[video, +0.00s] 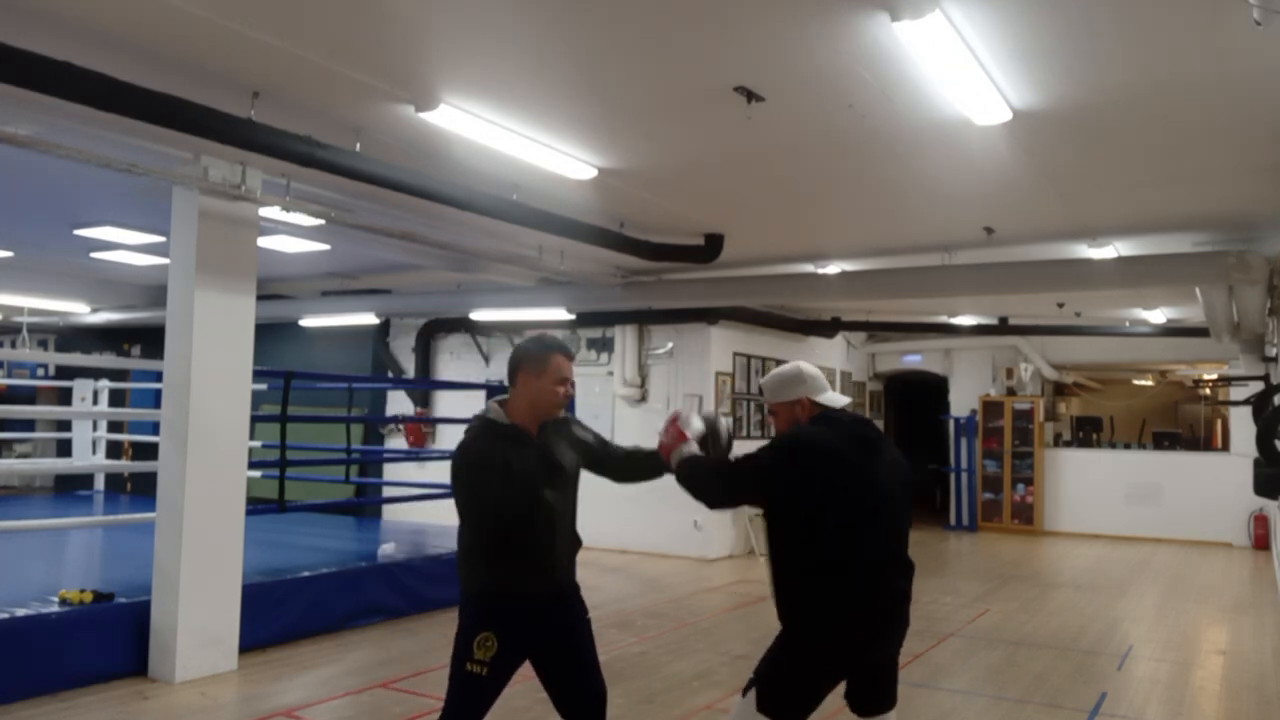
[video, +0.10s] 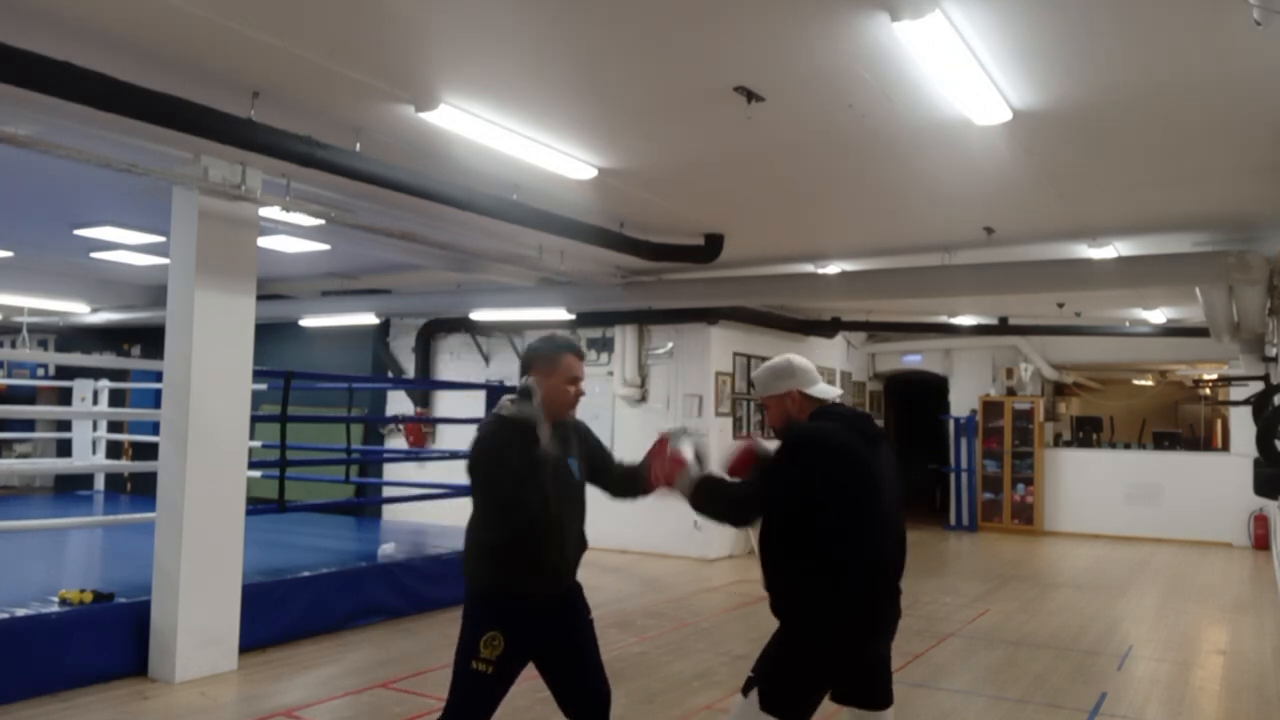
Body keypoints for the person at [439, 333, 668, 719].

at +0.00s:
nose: (570, 393)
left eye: (571, 384)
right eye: (561, 382)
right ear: (524, 379)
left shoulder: (566, 433)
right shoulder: (479, 447)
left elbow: (616, 461)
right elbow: (483, 537)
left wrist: (663, 457)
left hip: (557, 602)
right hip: (494, 606)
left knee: (588, 707)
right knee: (461, 712)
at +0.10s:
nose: (581, 391)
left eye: (582, 382)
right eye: (572, 381)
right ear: (537, 378)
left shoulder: (574, 433)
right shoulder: (501, 432)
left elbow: (615, 479)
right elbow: (499, 510)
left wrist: (652, 471)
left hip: (559, 595)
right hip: (500, 597)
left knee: (592, 704)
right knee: (466, 711)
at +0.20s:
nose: (590, 392)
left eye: (590, 383)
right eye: (582, 382)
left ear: (553, 381)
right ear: (547, 379)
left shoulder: (578, 439)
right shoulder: (509, 434)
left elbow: (601, 490)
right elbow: (549, 485)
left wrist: (641, 510)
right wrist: (608, 457)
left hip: (566, 594)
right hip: (509, 598)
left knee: (600, 703)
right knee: (468, 710)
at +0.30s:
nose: (600, 386)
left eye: (601, 377)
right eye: (591, 376)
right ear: (555, 374)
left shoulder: (591, 439)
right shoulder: (516, 434)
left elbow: (636, 486)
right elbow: (542, 483)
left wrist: (695, 526)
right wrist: (623, 440)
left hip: (579, 594)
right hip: (520, 596)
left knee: (603, 705)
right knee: (474, 708)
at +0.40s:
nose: (608, 379)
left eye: (609, 370)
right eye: (599, 369)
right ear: (562, 368)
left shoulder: (605, 423)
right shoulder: (519, 432)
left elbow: (656, 442)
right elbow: (505, 511)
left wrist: (718, 449)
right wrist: (575, 492)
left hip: (584, 591)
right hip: (523, 593)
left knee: (601, 706)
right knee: (476, 707)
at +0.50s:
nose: (610, 379)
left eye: (611, 370)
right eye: (601, 368)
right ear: (565, 367)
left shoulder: (608, 419)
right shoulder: (518, 435)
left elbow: (669, 409)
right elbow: (510, 517)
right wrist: (579, 499)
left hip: (583, 590)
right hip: (522, 592)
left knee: (602, 708)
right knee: (481, 709)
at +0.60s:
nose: (606, 383)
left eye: (607, 374)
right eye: (597, 372)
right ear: (561, 370)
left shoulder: (602, 421)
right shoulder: (518, 436)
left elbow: (648, 420)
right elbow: (514, 522)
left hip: (582, 587)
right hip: (526, 593)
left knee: (604, 706)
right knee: (488, 708)